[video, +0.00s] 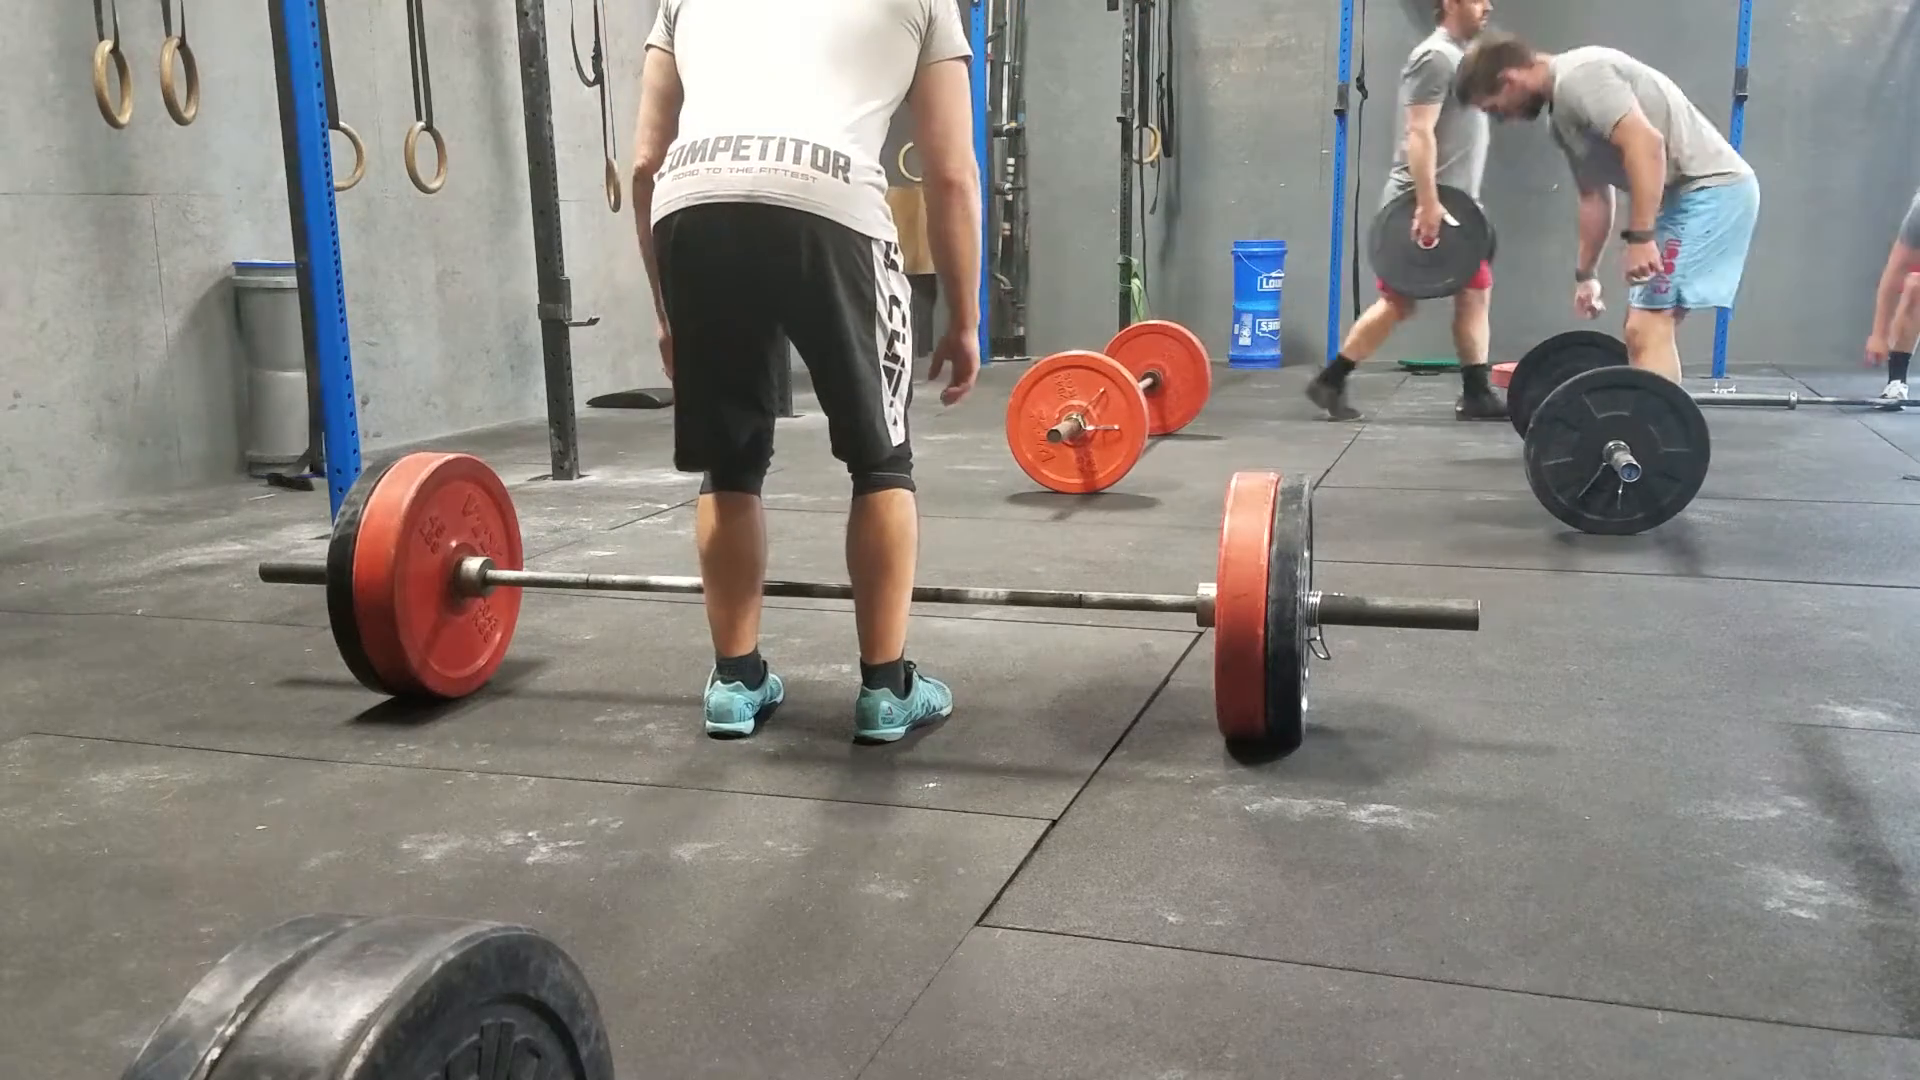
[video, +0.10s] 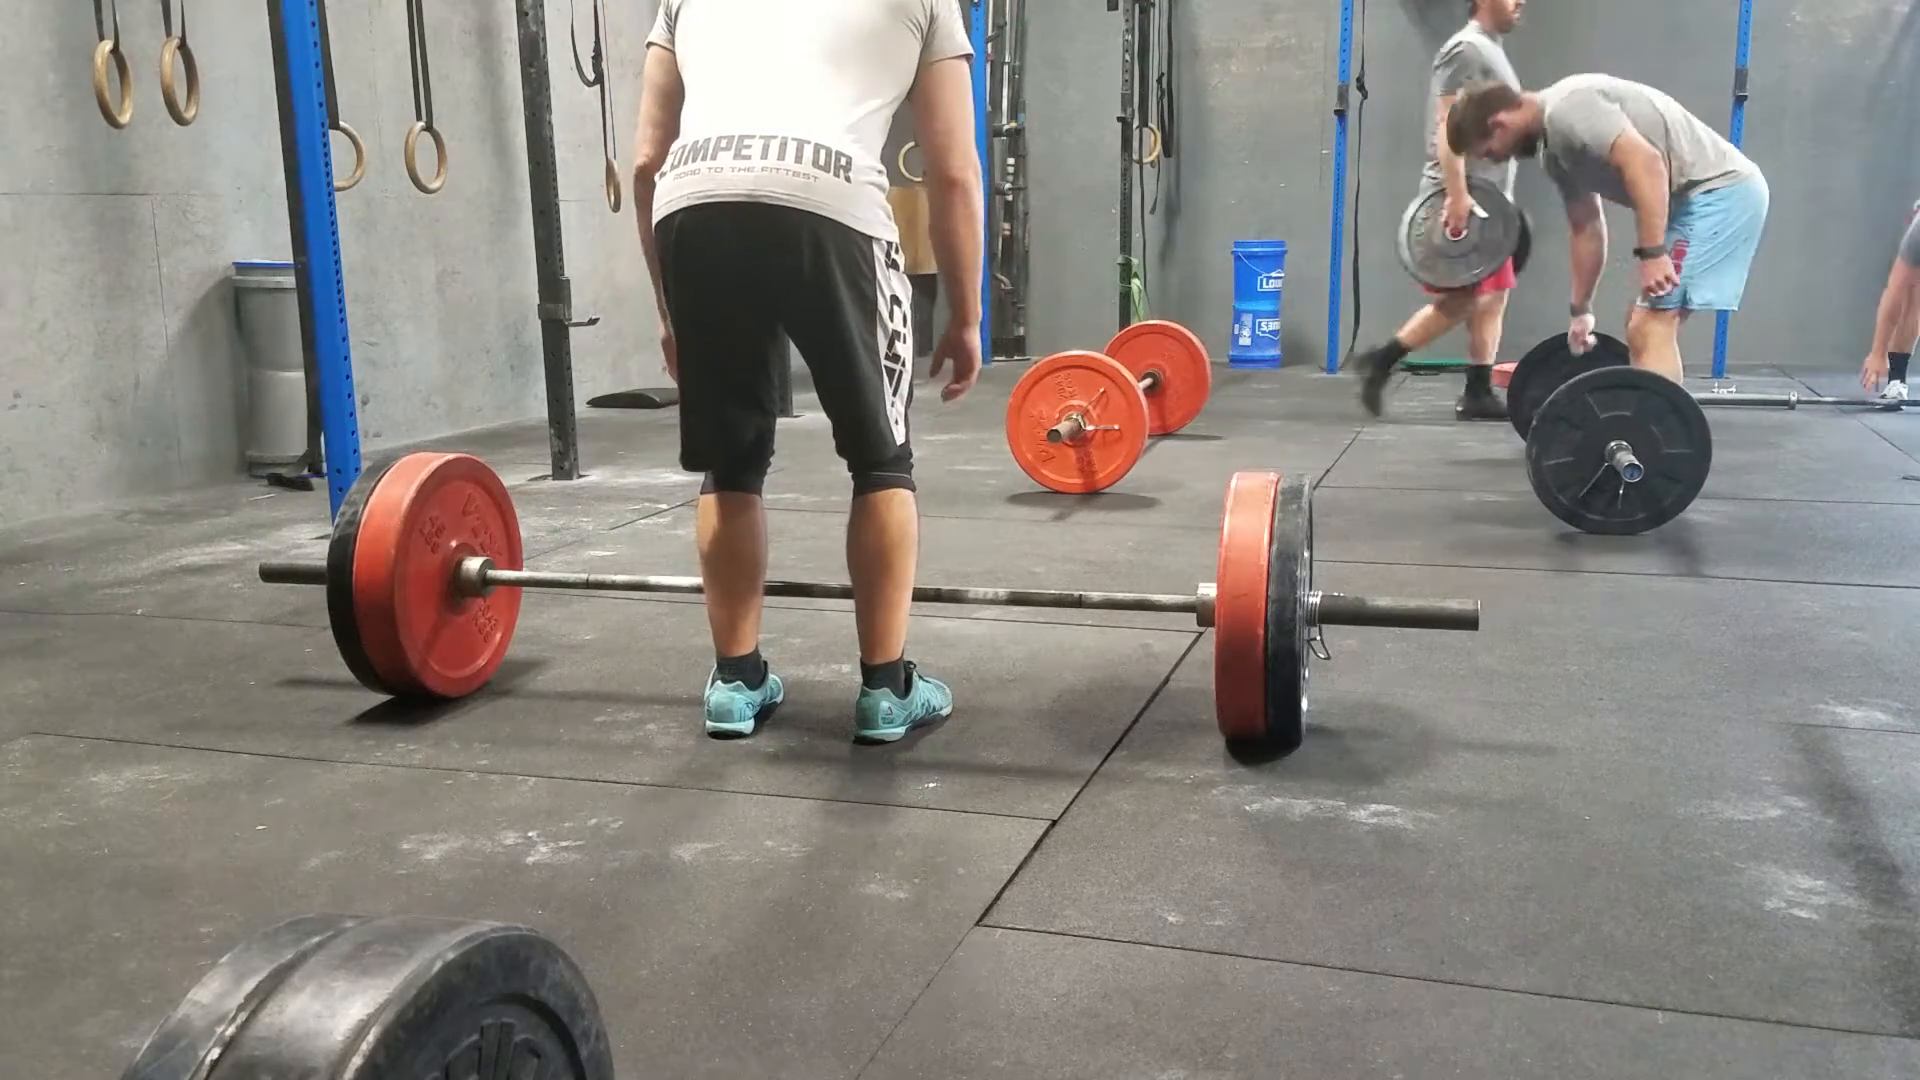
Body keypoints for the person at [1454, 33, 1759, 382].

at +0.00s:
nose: (1501, 119)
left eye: (1495, 109)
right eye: (1493, 114)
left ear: (1512, 76)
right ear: (1511, 76)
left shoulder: (1580, 77)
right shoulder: (1562, 115)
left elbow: (1645, 144)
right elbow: (1593, 195)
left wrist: (1640, 236)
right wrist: (1586, 274)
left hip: (1711, 188)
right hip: (1686, 192)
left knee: (1646, 328)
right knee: (1647, 331)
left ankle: (1659, 458)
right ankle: (1661, 457)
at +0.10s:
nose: (1497, 159)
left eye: (1490, 150)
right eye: (1488, 156)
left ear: (1501, 121)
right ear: (1500, 121)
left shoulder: (1569, 109)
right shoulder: (1555, 149)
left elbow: (1645, 164)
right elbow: (1586, 227)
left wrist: (1652, 252)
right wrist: (1580, 308)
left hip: (1721, 187)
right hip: (1699, 193)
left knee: (1650, 324)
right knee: (1646, 325)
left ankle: (1658, 455)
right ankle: (1658, 453)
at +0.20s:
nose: (1496, 197)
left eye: (1487, 189)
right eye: (1486, 195)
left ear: (1496, 161)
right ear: (1497, 158)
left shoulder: (1562, 138)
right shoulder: (1554, 178)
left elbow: (1644, 179)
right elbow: (1582, 258)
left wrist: (1663, 265)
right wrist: (1573, 339)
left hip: (1724, 191)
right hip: (1705, 198)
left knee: (1648, 324)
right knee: (1651, 328)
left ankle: (1658, 455)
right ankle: (1657, 455)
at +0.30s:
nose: (1500, 227)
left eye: (1490, 219)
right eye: (1490, 225)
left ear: (1493, 190)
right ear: (1496, 187)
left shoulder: (1555, 157)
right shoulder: (1550, 203)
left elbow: (1638, 193)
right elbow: (1576, 285)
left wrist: (1668, 276)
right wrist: (1569, 366)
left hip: (1727, 191)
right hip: (1703, 201)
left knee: (1645, 325)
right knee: (1646, 327)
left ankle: (1661, 453)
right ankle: (1660, 452)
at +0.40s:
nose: (1494, 242)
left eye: (1486, 237)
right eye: (1485, 241)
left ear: (1492, 210)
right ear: (1493, 209)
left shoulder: (1549, 177)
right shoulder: (1552, 223)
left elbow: (1634, 208)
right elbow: (1576, 305)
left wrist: (1667, 291)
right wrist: (1573, 391)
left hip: (1727, 192)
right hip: (1710, 200)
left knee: (1640, 324)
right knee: (1643, 325)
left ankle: (1657, 449)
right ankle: (1662, 449)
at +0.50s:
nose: (1499, 261)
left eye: (1488, 255)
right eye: (1489, 259)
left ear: (1488, 226)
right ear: (1491, 222)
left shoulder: (1547, 192)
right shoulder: (1548, 230)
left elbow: (1629, 227)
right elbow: (1577, 307)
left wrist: (1658, 309)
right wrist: (1580, 390)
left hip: (1726, 193)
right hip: (1705, 202)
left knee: (1634, 328)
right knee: (1631, 327)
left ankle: (1660, 452)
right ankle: (1653, 450)